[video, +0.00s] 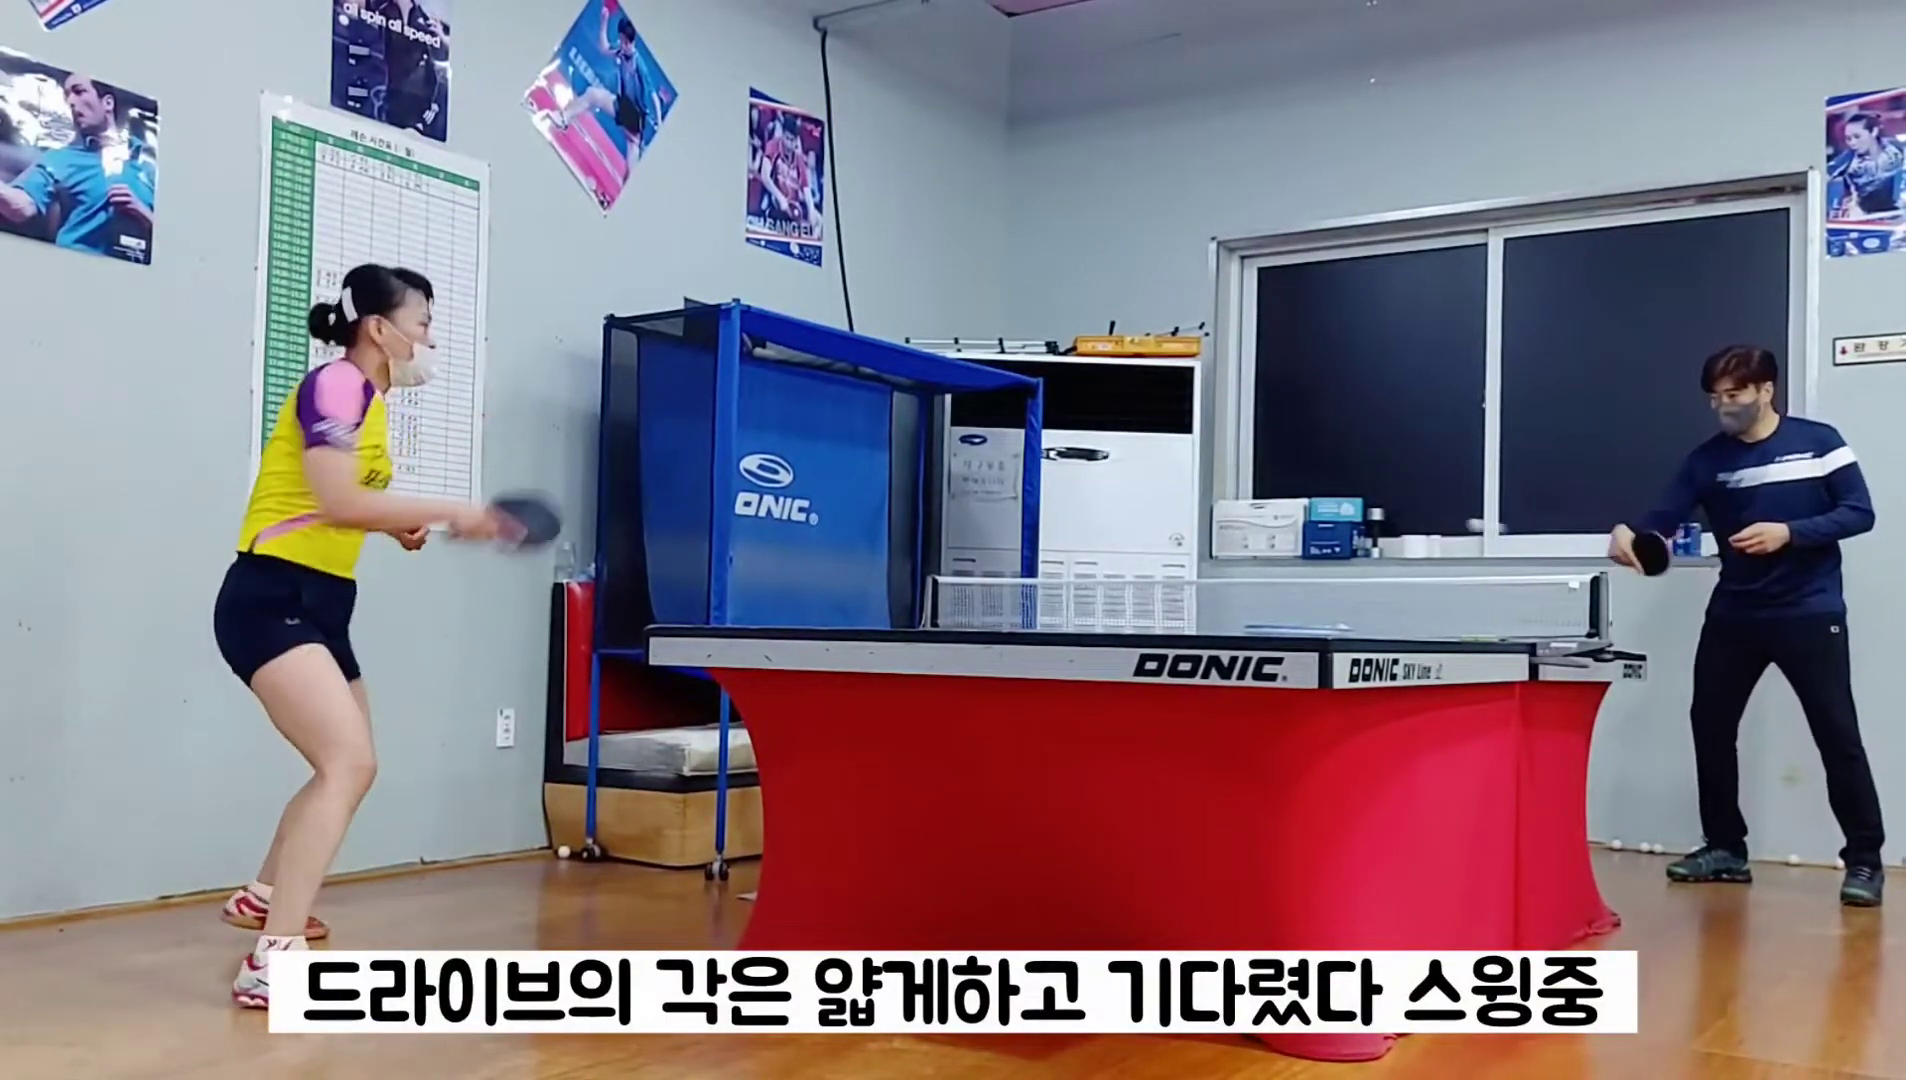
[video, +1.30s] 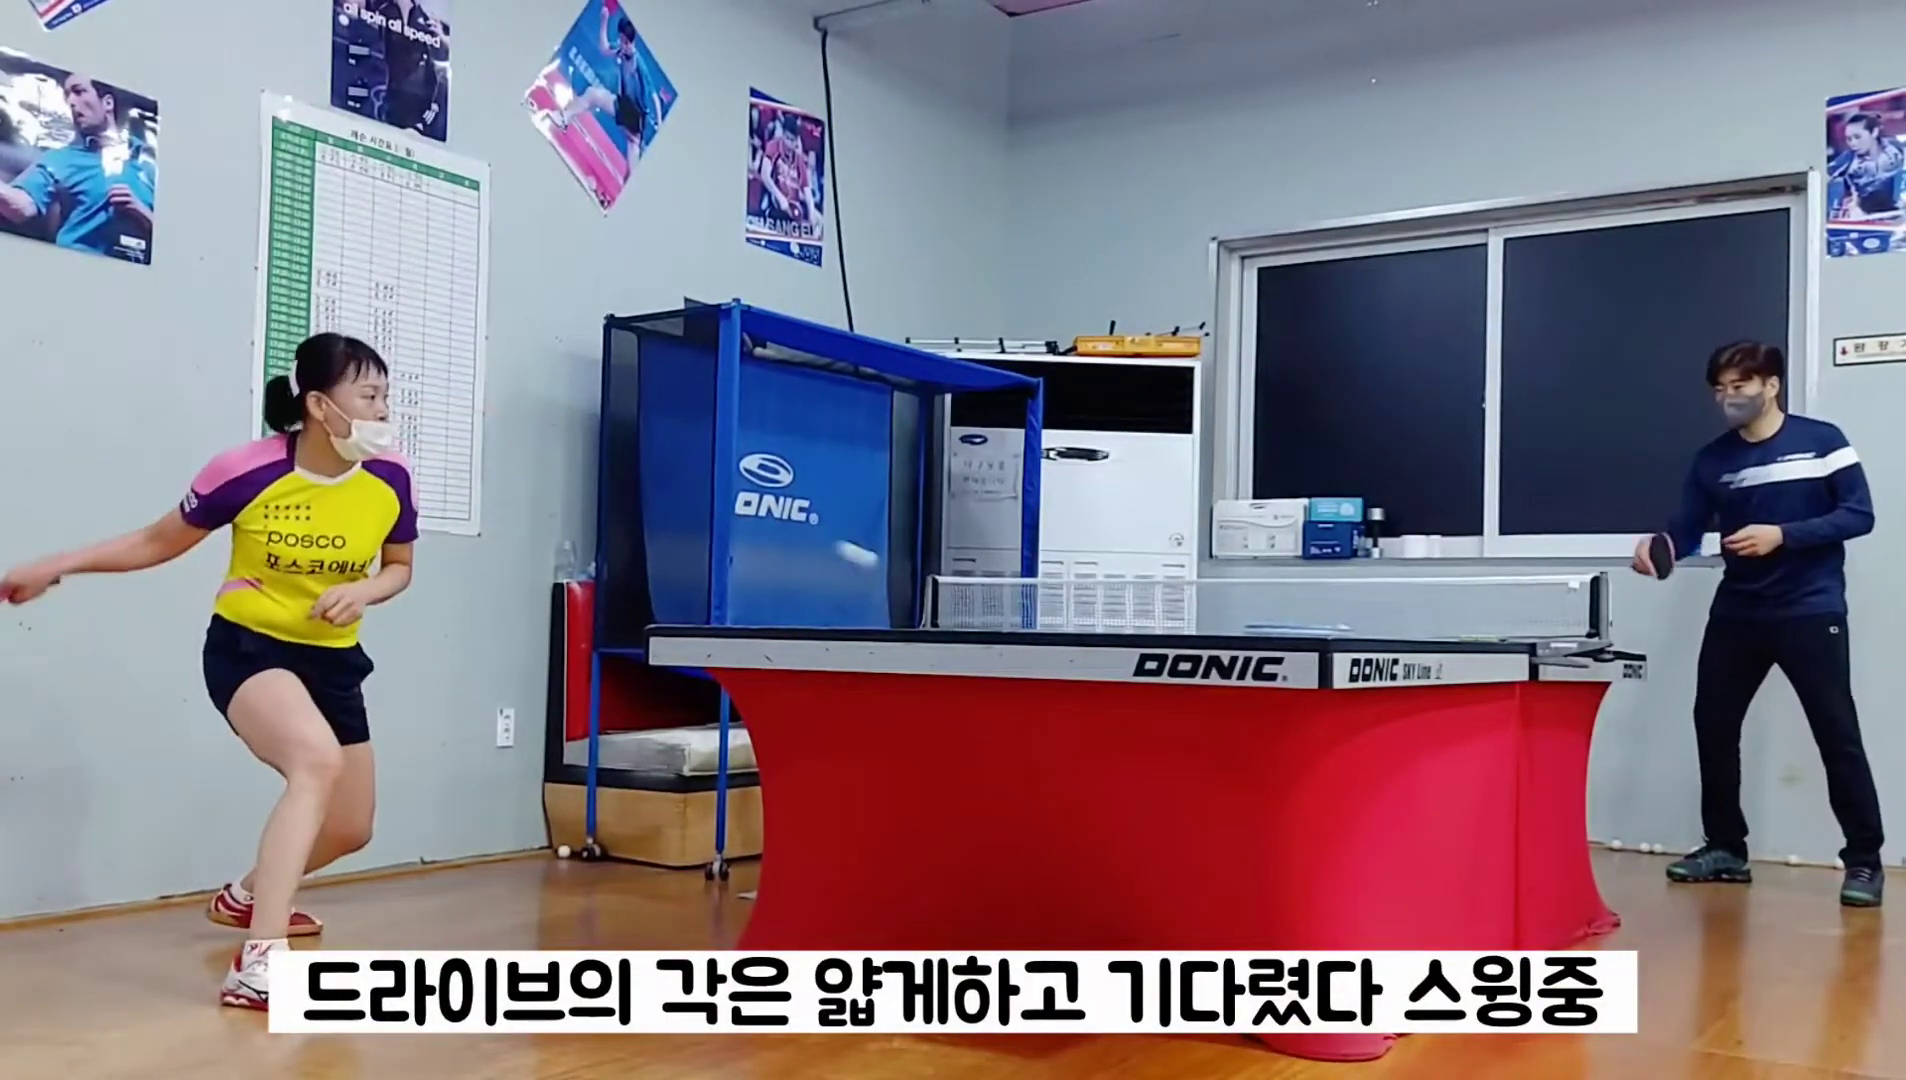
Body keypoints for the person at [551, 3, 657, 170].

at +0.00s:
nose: (622, 42)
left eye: (624, 39)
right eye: (621, 39)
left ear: (628, 40)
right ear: (622, 39)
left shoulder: (631, 56)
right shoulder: (622, 53)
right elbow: (603, 49)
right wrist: (604, 22)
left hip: (628, 109)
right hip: (636, 116)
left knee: (593, 95)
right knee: (632, 161)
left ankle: (564, 118)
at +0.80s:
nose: (622, 43)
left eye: (624, 40)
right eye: (622, 40)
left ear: (628, 41)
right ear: (622, 40)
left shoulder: (632, 56)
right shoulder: (621, 54)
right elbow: (604, 49)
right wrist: (604, 22)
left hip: (628, 109)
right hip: (636, 115)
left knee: (593, 94)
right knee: (632, 164)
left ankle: (563, 118)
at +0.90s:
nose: (621, 42)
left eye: (623, 39)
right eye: (621, 38)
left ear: (627, 39)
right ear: (623, 38)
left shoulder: (629, 53)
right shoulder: (623, 52)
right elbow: (604, 49)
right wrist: (604, 22)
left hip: (628, 109)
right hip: (637, 116)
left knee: (593, 94)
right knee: (633, 163)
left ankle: (564, 118)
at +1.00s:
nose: (622, 43)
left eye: (624, 40)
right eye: (621, 39)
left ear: (628, 41)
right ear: (622, 39)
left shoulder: (631, 55)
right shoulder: (623, 52)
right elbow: (604, 50)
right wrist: (604, 22)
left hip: (628, 109)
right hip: (637, 115)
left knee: (593, 94)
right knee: (632, 163)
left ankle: (563, 118)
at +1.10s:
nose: (621, 42)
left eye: (623, 39)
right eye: (621, 39)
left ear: (627, 40)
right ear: (625, 39)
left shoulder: (631, 55)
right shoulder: (623, 52)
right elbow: (604, 50)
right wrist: (604, 22)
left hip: (628, 108)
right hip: (636, 115)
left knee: (593, 94)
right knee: (633, 159)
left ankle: (563, 117)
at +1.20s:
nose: (621, 43)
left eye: (623, 40)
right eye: (621, 39)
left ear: (628, 40)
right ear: (624, 39)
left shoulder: (631, 55)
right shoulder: (624, 52)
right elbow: (605, 50)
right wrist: (604, 22)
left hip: (628, 108)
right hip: (637, 115)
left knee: (593, 94)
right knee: (632, 164)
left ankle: (563, 117)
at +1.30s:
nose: (621, 41)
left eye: (623, 38)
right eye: (621, 38)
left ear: (627, 40)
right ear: (623, 38)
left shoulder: (630, 54)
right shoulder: (623, 51)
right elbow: (604, 50)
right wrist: (604, 22)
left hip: (628, 108)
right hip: (637, 115)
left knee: (593, 94)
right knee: (633, 159)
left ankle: (564, 118)